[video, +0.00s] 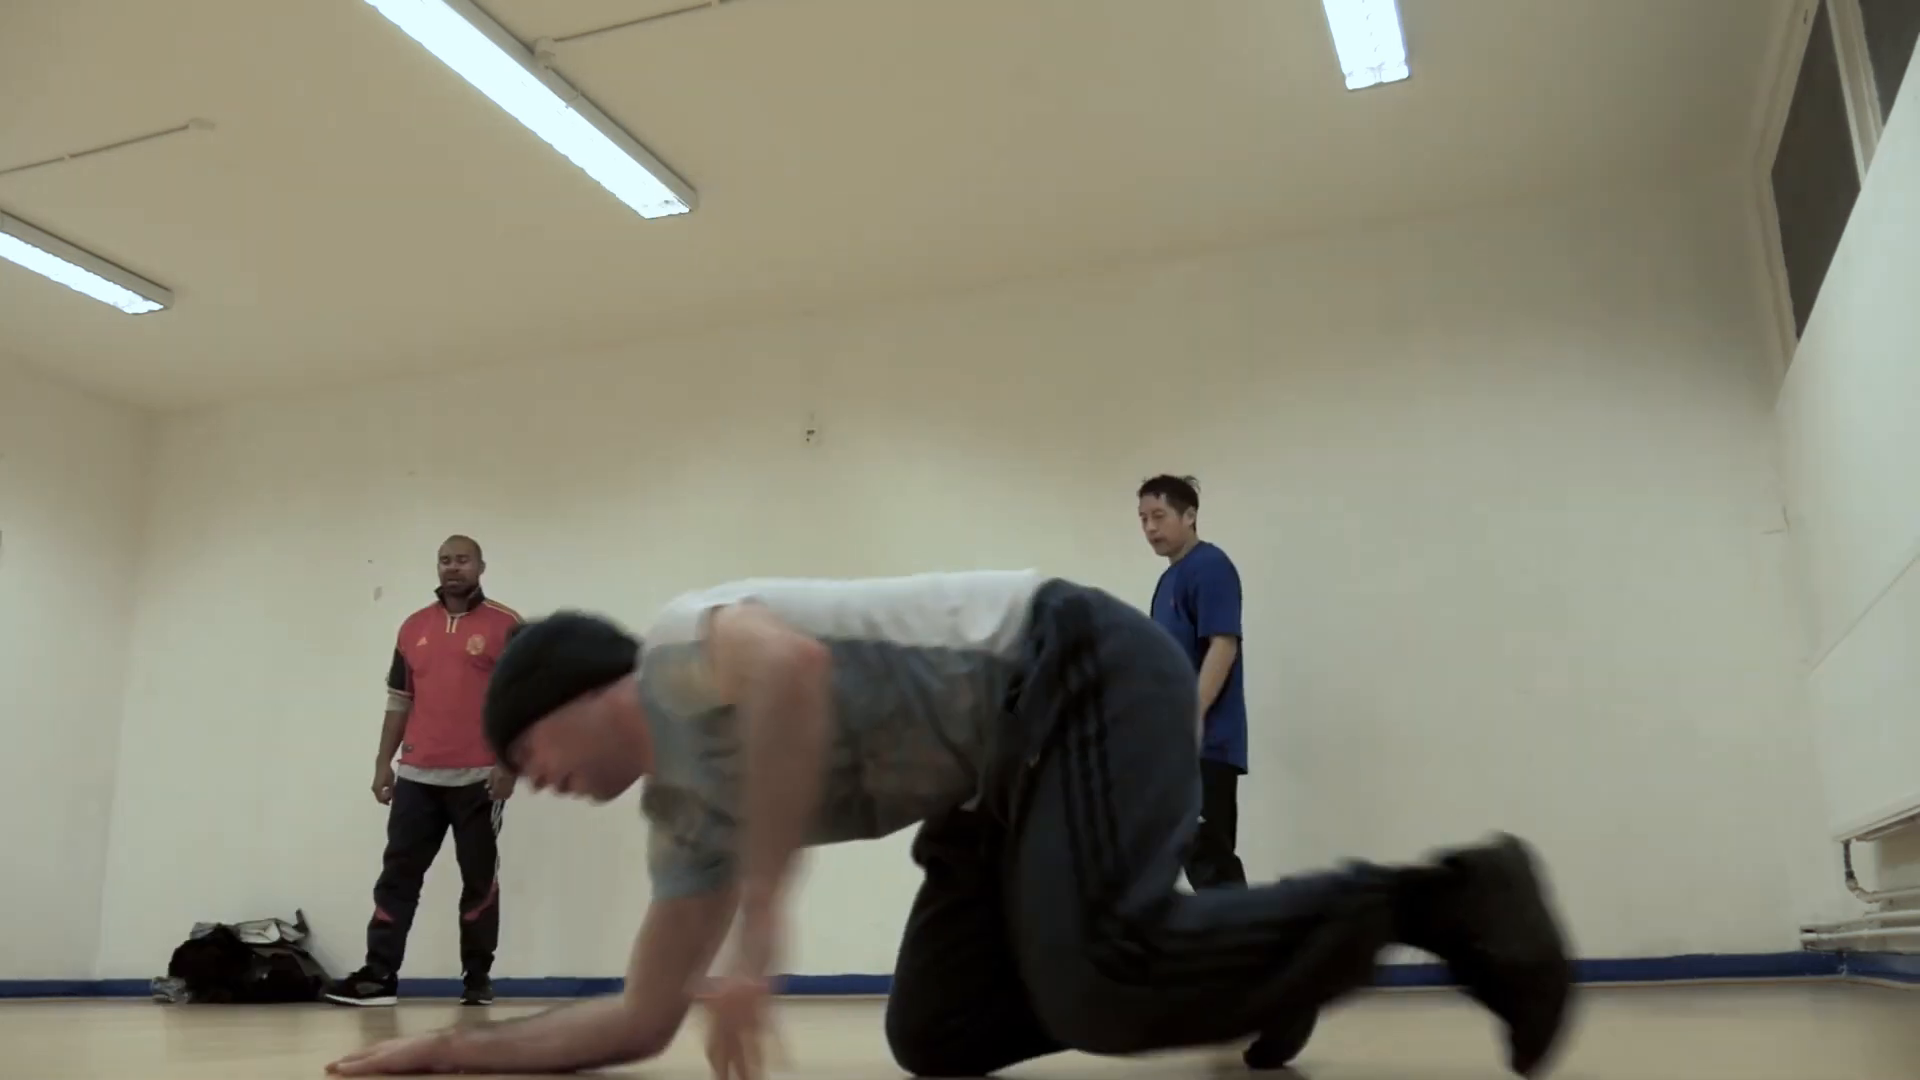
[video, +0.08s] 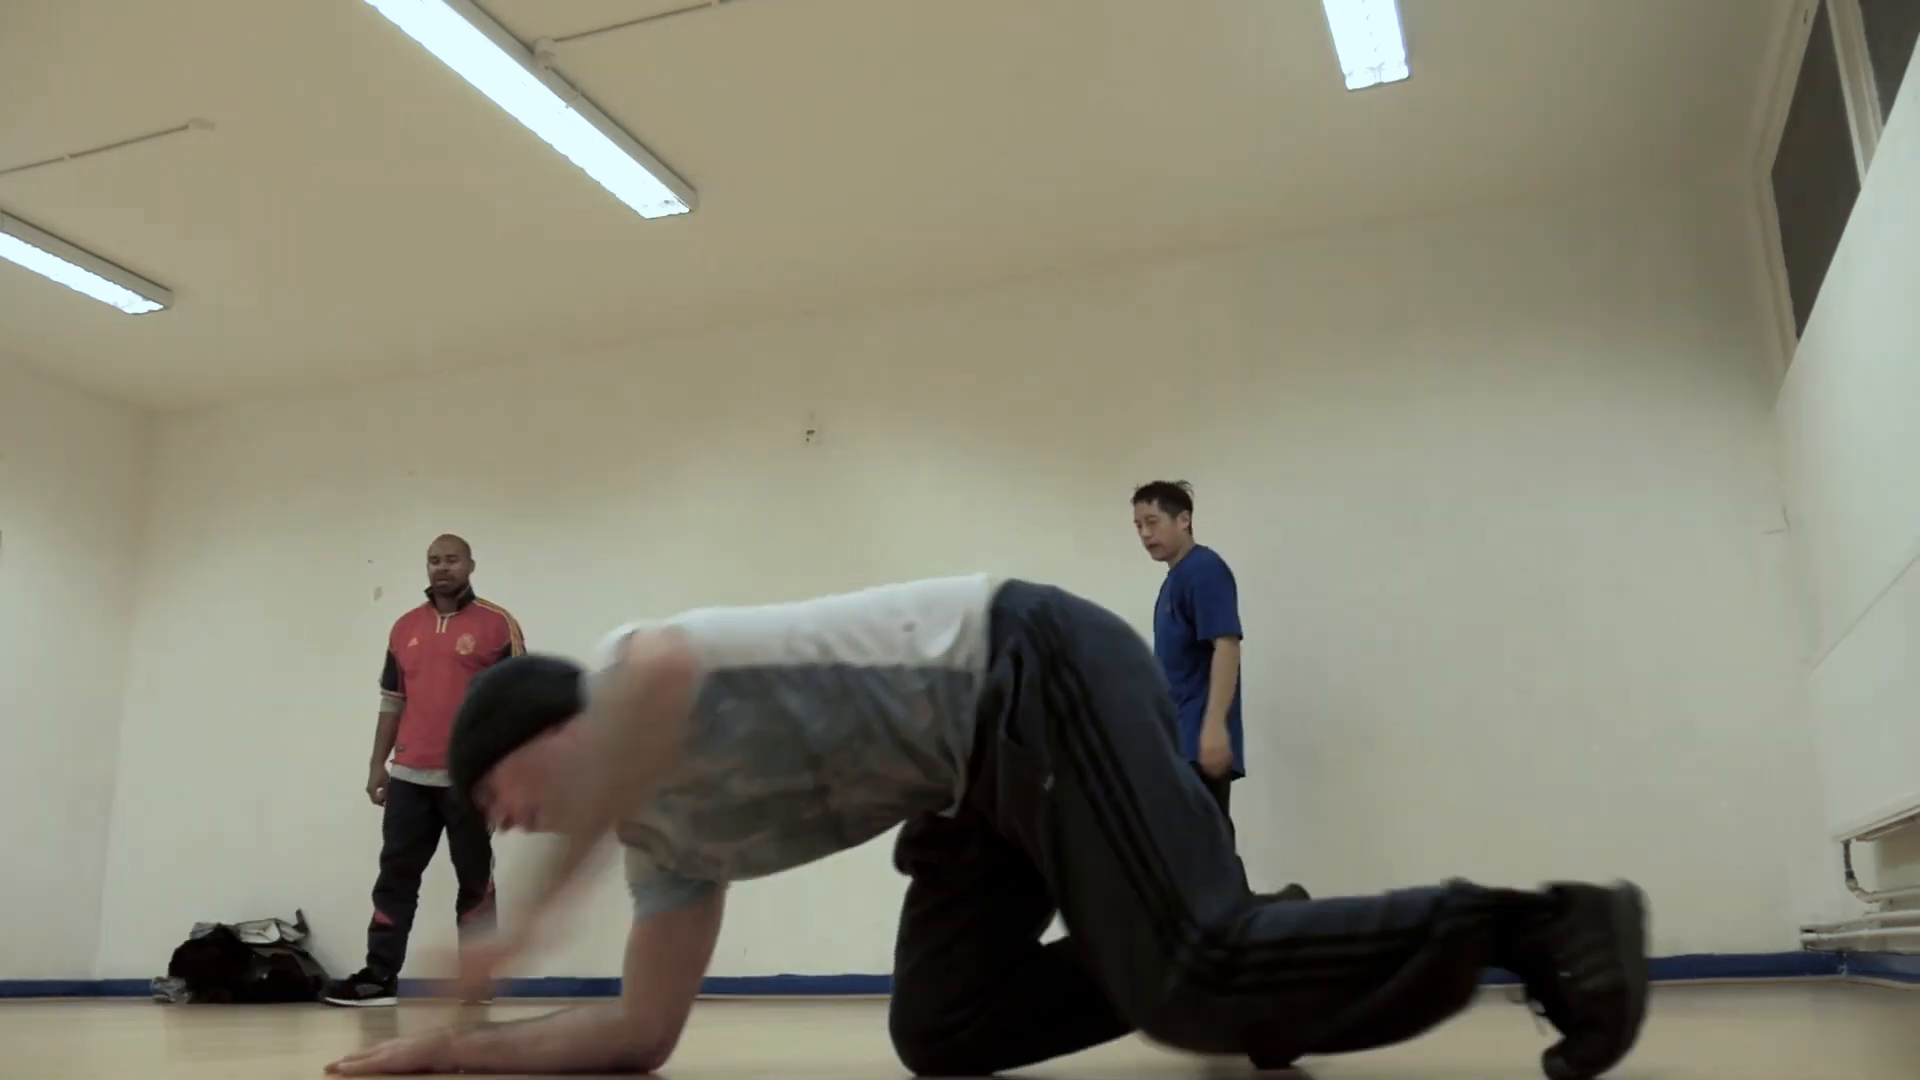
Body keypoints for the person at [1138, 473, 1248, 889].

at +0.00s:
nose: (1150, 527)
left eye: (1159, 516)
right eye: (1145, 519)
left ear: (1189, 517)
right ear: (1141, 522)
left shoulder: (1211, 565)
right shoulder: (1168, 579)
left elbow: (1224, 645)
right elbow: (1164, 654)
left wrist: (1192, 715)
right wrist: (1161, 715)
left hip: (1211, 740)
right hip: (1180, 738)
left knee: (1210, 854)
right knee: (1197, 855)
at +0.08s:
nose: (1145, 534)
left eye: (1153, 523)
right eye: (1139, 526)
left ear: (1183, 521)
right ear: (1136, 528)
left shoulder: (1204, 570)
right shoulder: (1175, 579)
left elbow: (1227, 646)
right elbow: (1176, 661)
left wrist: (1214, 725)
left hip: (1200, 742)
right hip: (1179, 742)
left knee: (1210, 852)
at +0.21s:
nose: (1136, 540)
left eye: (1142, 528)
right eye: (1130, 531)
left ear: (1173, 524)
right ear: (1134, 533)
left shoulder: (1199, 573)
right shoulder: (1173, 581)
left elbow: (1232, 654)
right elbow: (1179, 666)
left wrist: (1245, 736)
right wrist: (1170, 735)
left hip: (1203, 742)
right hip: (1179, 742)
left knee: (1198, 852)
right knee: (1182, 851)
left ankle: (1223, 960)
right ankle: (1201, 961)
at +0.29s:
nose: (1128, 542)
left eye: (1135, 531)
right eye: (1123, 534)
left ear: (1166, 526)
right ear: (1129, 537)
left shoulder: (1193, 574)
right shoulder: (1167, 585)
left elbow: (1230, 650)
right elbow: (1183, 660)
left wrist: (1255, 723)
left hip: (1189, 743)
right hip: (1184, 744)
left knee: (1151, 848)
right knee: (1212, 862)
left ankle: (1179, 964)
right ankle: (1250, 962)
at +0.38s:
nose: (1122, 547)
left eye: (1127, 536)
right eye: (1120, 537)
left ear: (1149, 530)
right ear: (1140, 533)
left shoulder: (1184, 569)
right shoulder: (1150, 580)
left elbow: (1225, 642)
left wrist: (1250, 720)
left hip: (1185, 734)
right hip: (1182, 736)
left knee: (1144, 849)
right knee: (1209, 858)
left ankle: (1139, 966)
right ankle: (1253, 960)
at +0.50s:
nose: (1105, 547)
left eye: (1112, 536)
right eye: (1099, 541)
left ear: (1142, 533)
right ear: (1100, 547)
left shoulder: (1168, 579)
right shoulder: (1139, 594)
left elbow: (1206, 649)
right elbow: (1156, 673)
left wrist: (1228, 726)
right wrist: (1145, 744)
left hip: (1176, 747)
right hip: (1159, 749)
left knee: (1142, 852)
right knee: (1200, 853)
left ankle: (1125, 967)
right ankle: (1250, 962)